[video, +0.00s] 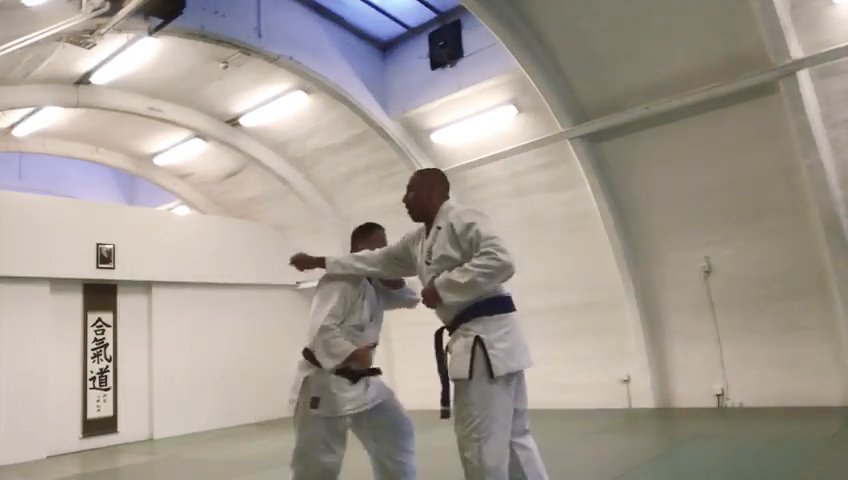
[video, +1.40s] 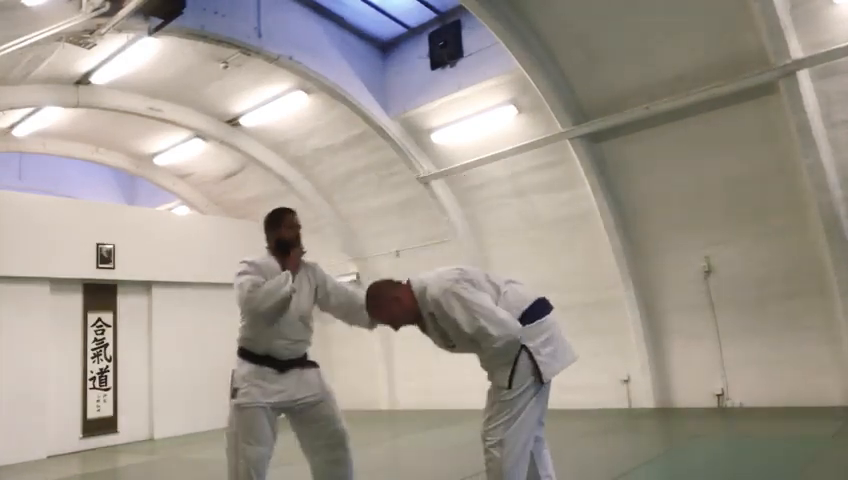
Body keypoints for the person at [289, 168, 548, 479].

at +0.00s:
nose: (404, 198)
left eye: (410, 190)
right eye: (405, 191)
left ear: (432, 190)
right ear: (429, 193)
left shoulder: (462, 219)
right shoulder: (419, 239)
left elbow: (499, 260)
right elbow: (374, 260)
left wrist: (442, 288)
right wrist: (320, 263)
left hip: (484, 338)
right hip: (483, 336)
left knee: (479, 443)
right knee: (515, 438)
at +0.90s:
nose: (416, 227)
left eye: (420, 218)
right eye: (415, 221)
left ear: (442, 212)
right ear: (438, 214)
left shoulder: (477, 238)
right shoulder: (440, 257)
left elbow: (496, 295)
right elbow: (403, 285)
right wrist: (346, 286)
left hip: (516, 340)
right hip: (501, 342)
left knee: (488, 435)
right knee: (520, 441)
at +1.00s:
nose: (408, 252)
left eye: (409, 243)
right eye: (405, 245)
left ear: (428, 231)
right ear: (431, 231)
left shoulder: (472, 249)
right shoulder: (436, 266)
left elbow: (497, 314)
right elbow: (423, 310)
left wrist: (475, 355)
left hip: (522, 340)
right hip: (505, 341)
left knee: (487, 434)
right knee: (518, 440)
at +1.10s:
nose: (404, 277)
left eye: (403, 268)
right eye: (399, 271)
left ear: (416, 252)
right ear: (418, 249)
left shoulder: (464, 259)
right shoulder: (437, 273)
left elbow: (502, 320)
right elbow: (444, 324)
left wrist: (481, 354)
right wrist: (427, 353)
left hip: (524, 342)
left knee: (491, 437)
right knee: (521, 440)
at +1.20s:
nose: (399, 295)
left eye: (397, 287)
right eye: (393, 290)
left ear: (409, 270)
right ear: (410, 266)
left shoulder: (456, 270)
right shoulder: (436, 285)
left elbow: (505, 325)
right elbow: (462, 337)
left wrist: (480, 361)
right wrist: (476, 368)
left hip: (526, 342)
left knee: (496, 438)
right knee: (521, 437)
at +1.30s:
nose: (396, 309)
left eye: (394, 302)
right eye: (390, 305)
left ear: (404, 286)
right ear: (406, 281)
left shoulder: (450, 282)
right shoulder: (429, 290)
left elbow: (507, 328)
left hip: (527, 343)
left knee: (499, 441)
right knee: (522, 440)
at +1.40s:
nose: (395, 328)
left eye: (390, 320)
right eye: (388, 324)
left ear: (398, 300)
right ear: (398, 297)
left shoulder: (443, 292)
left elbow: (505, 333)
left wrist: (496, 370)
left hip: (528, 343)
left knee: (499, 439)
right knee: (527, 437)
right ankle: (542, 478)